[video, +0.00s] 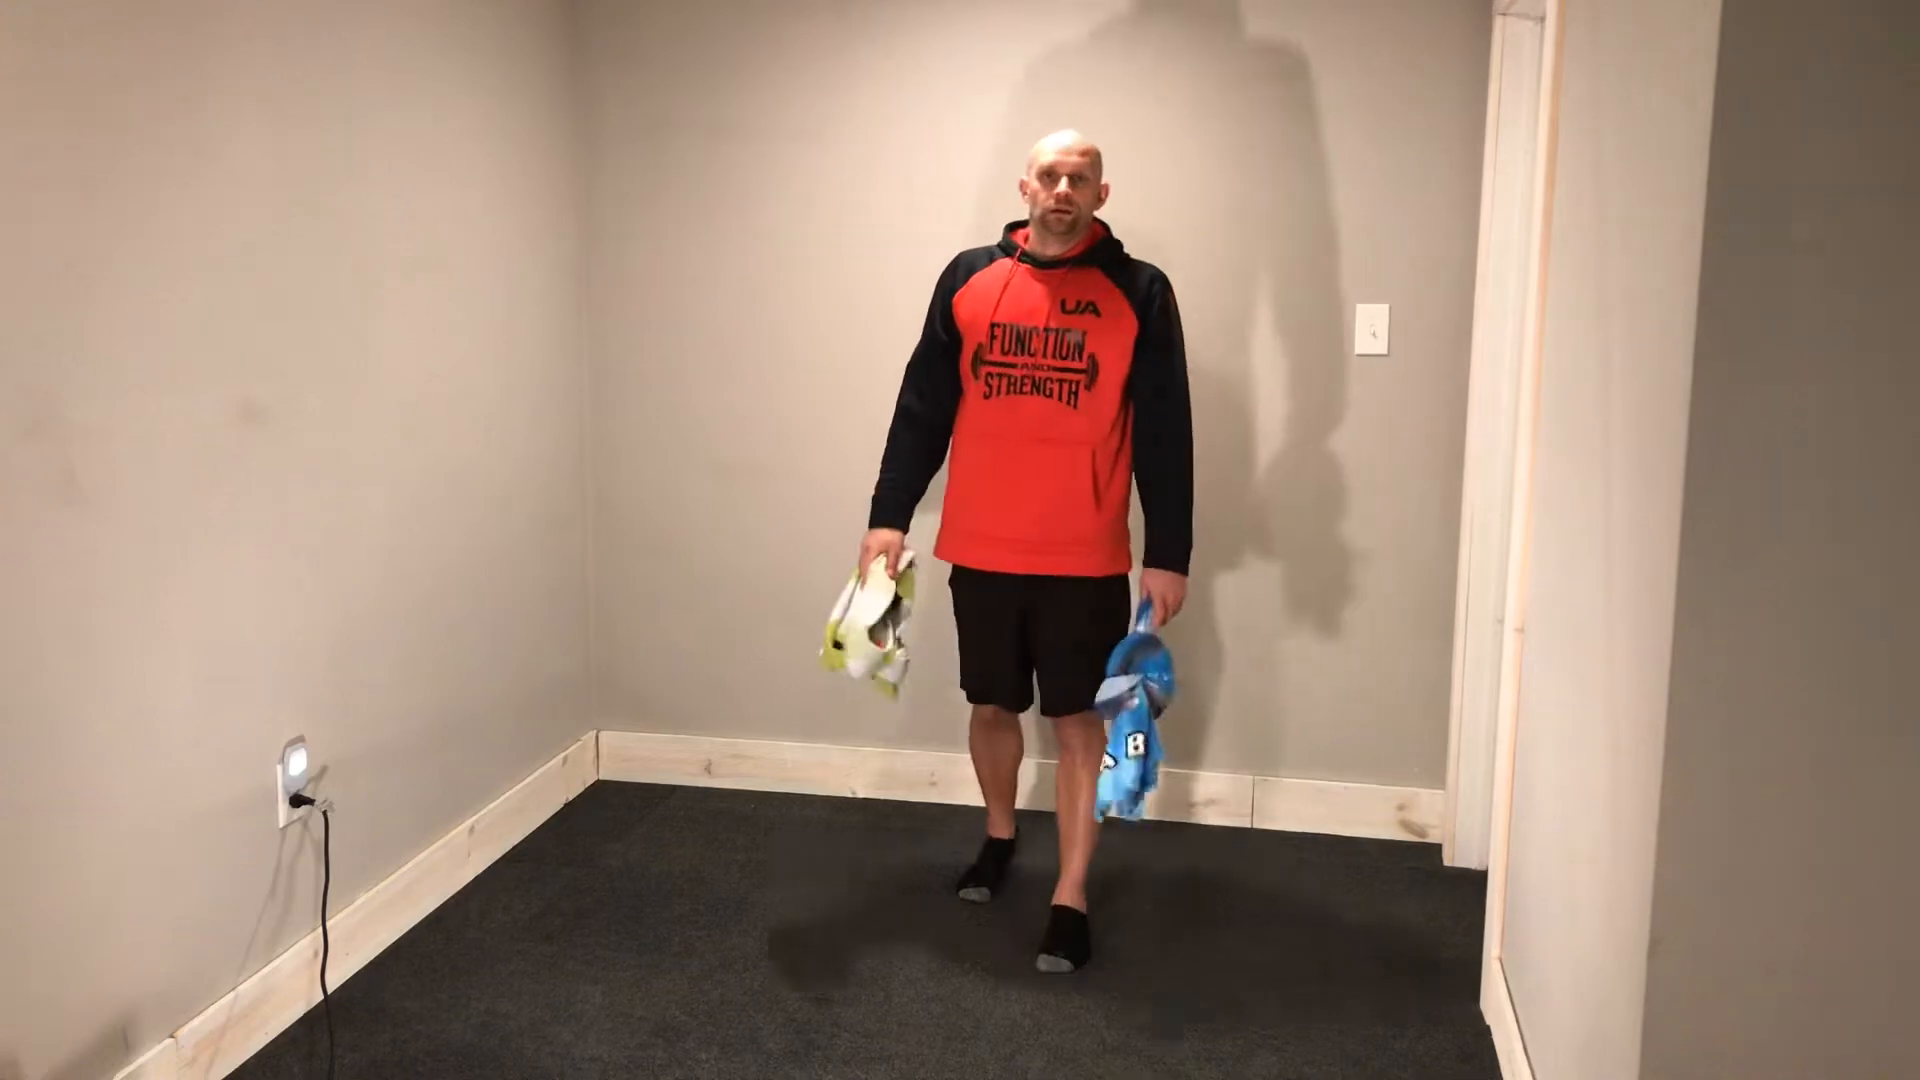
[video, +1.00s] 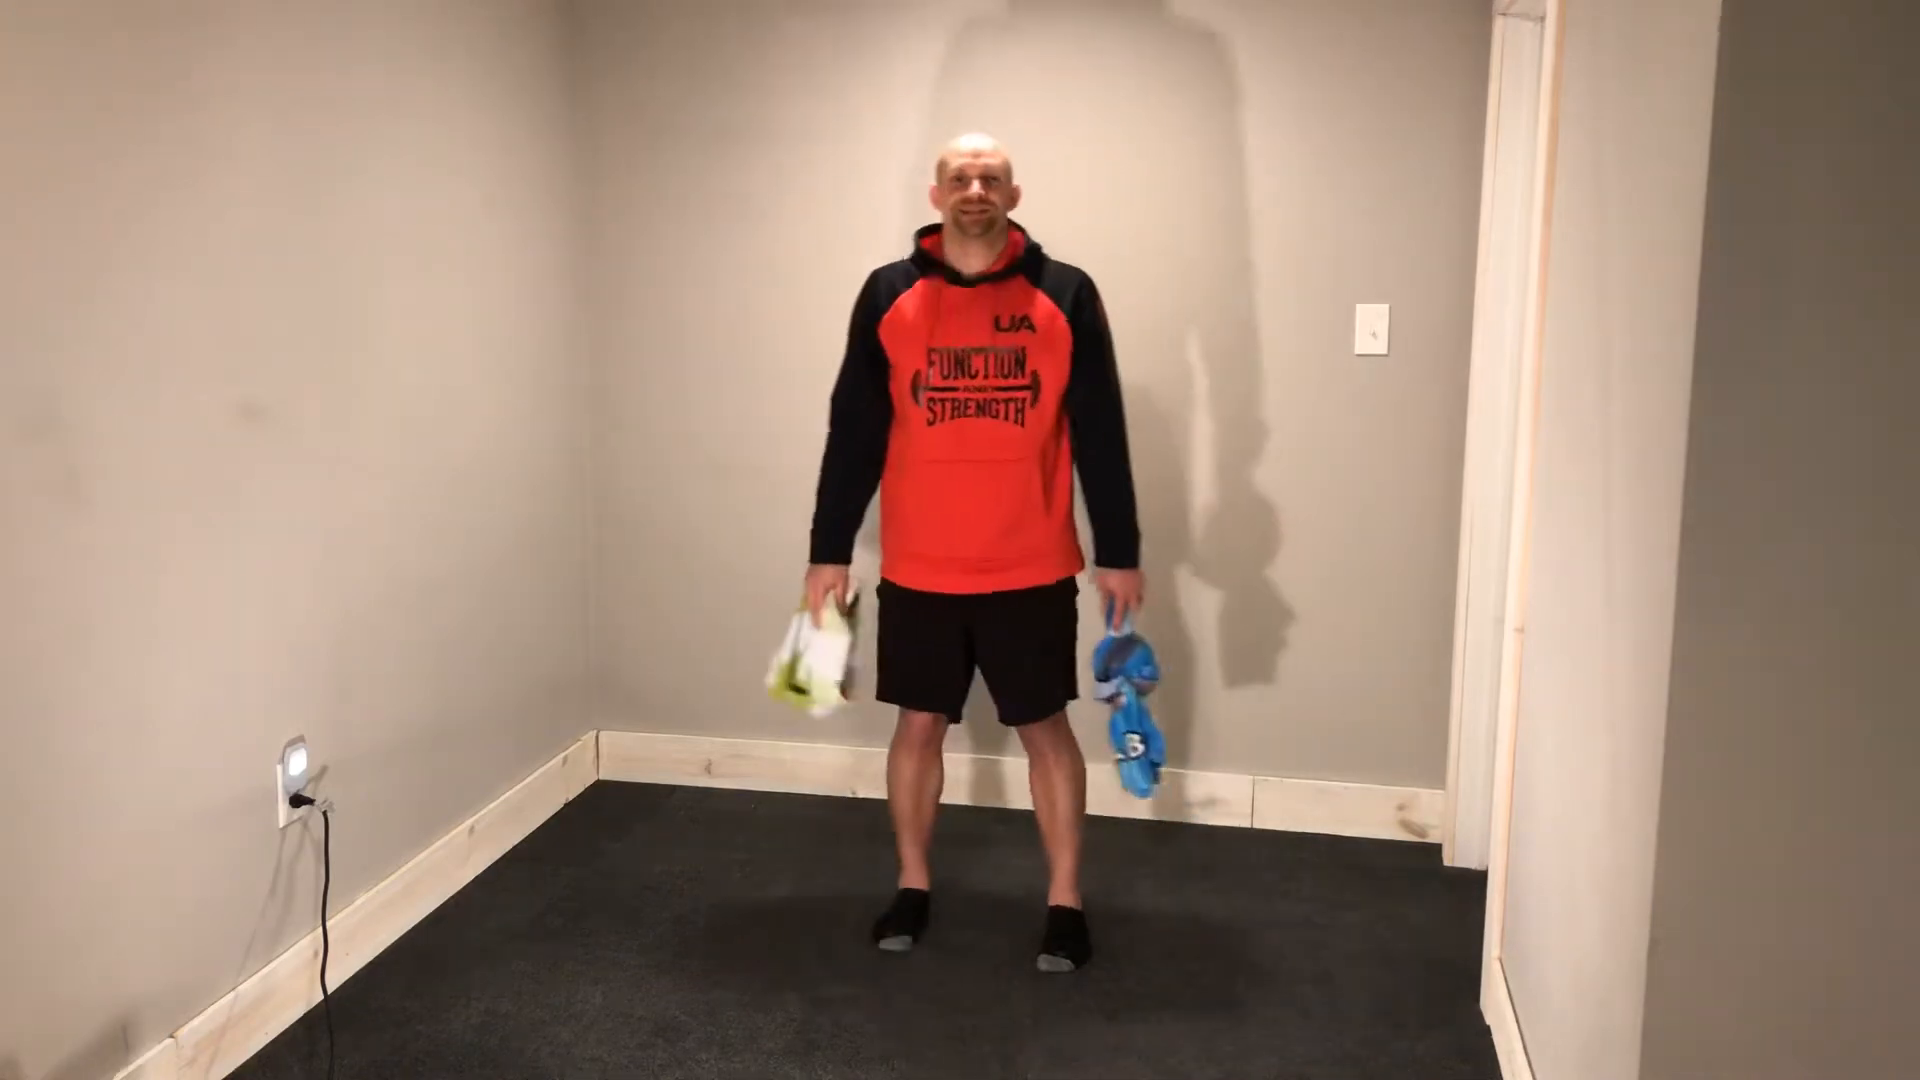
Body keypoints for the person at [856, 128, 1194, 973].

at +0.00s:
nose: (1062, 189)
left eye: (1078, 178)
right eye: (1049, 176)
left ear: (1102, 195)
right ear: (1025, 188)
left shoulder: (1140, 293)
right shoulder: (968, 280)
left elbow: (1165, 429)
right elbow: (922, 405)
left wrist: (1169, 555)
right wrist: (889, 516)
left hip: (1084, 553)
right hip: (982, 545)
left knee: (1076, 719)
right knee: (990, 708)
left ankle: (1070, 898)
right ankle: (999, 834)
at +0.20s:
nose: (1070, 191)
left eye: (1086, 180)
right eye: (1057, 178)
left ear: (1113, 197)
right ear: (1033, 190)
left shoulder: (1150, 298)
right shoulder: (977, 281)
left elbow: (1177, 435)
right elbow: (931, 405)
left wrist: (1179, 560)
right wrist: (897, 517)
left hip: (1089, 559)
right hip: (983, 550)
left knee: (1084, 725)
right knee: (974, 722)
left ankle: (1071, 897)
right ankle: (991, 826)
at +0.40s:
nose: (1068, 193)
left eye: (1085, 181)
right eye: (1054, 180)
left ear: (1112, 197)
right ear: (1033, 195)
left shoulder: (1152, 300)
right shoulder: (978, 280)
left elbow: (1183, 439)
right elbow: (934, 410)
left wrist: (1191, 565)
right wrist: (903, 528)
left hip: (1090, 564)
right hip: (983, 554)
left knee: (1083, 730)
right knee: (953, 728)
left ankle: (1071, 901)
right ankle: (969, 822)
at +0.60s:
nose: (1046, 190)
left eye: (1063, 179)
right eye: (1032, 178)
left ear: (1088, 196)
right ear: (1009, 193)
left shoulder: (1134, 304)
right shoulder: (959, 288)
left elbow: (1171, 444)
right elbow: (919, 421)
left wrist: (1188, 571)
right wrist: (891, 540)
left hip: (1078, 571)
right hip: (970, 562)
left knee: (1076, 731)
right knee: (947, 721)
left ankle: (1069, 905)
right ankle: (909, 884)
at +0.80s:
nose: (1018, 189)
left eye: (1034, 177)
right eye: (1003, 177)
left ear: (1057, 195)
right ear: (979, 193)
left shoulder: (1105, 301)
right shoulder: (929, 288)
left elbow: (1141, 438)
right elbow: (892, 423)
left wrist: (1163, 564)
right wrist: (866, 544)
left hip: (1056, 568)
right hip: (948, 563)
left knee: (1063, 730)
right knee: (933, 723)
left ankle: (1067, 906)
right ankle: (914, 890)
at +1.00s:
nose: (976, 189)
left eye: (991, 178)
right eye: (959, 177)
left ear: (1014, 197)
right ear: (934, 196)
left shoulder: (1064, 295)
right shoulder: (889, 294)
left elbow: (1099, 430)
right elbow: (855, 430)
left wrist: (1119, 553)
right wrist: (829, 551)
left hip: (1028, 564)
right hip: (919, 565)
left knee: (1042, 726)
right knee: (919, 721)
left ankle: (1065, 905)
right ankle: (912, 889)